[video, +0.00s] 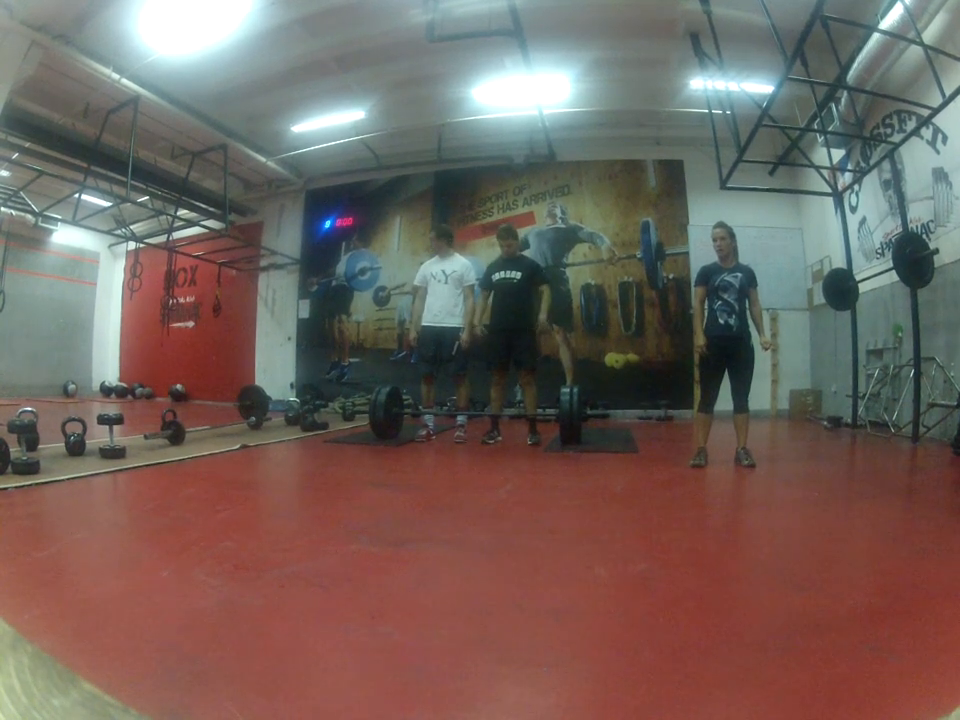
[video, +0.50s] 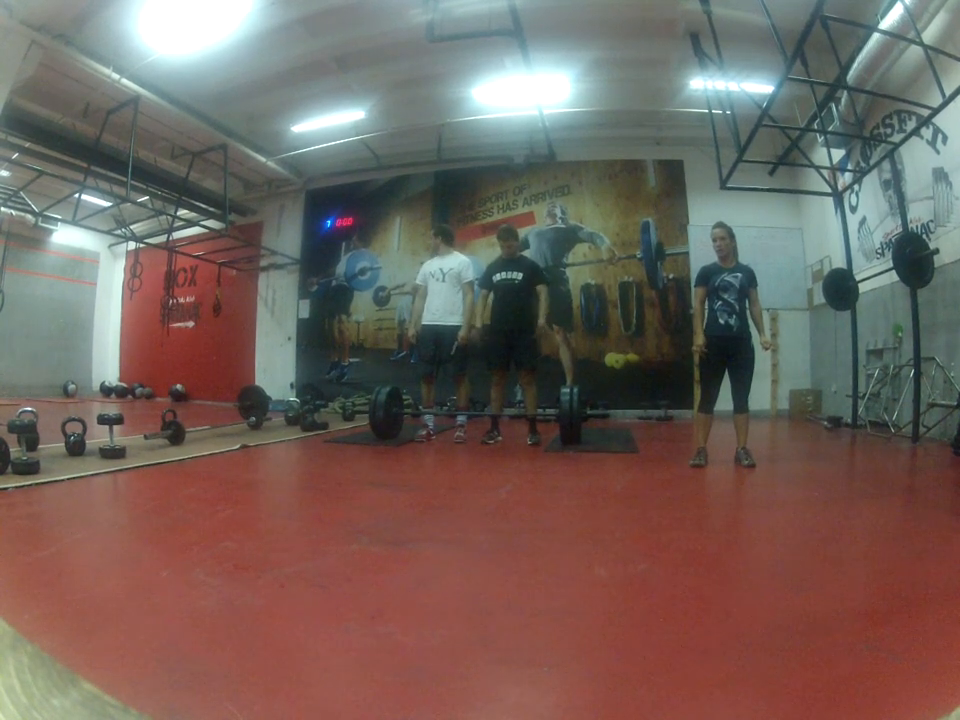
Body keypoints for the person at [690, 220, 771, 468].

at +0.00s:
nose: (718, 244)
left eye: (722, 239)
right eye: (715, 240)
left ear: (733, 242)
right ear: (712, 244)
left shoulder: (746, 272)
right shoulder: (706, 272)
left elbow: (754, 305)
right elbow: (698, 305)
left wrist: (762, 334)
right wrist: (698, 335)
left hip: (740, 343)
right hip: (712, 343)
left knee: (741, 400)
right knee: (707, 400)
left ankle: (742, 449)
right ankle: (700, 450)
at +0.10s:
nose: (718, 244)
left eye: (722, 239)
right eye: (715, 240)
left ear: (733, 241)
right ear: (711, 244)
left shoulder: (746, 272)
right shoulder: (706, 272)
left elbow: (754, 305)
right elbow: (698, 306)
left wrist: (762, 334)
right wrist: (698, 335)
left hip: (740, 343)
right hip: (712, 342)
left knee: (741, 400)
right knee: (707, 399)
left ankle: (742, 449)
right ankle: (700, 449)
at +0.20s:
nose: (718, 244)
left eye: (722, 239)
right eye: (715, 240)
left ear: (733, 241)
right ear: (711, 244)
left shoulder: (746, 272)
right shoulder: (706, 272)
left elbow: (754, 305)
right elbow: (698, 306)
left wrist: (762, 334)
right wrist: (698, 335)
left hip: (741, 343)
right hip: (713, 342)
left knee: (741, 400)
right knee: (707, 399)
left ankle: (742, 449)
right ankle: (700, 449)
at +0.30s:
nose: (718, 244)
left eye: (722, 239)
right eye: (715, 240)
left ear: (733, 241)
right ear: (711, 244)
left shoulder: (746, 272)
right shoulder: (706, 272)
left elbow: (754, 305)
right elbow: (698, 305)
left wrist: (762, 334)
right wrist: (698, 335)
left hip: (741, 343)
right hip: (713, 342)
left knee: (741, 400)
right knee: (707, 399)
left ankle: (742, 449)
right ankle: (700, 449)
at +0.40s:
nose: (718, 244)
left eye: (722, 239)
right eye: (715, 240)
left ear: (733, 241)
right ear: (711, 244)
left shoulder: (746, 272)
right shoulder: (706, 272)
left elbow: (754, 305)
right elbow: (698, 305)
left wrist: (762, 334)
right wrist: (698, 335)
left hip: (741, 343)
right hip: (713, 342)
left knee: (741, 400)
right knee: (707, 399)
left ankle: (742, 449)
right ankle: (700, 449)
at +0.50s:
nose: (718, 244)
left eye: (722, 239)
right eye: (715, 240)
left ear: (733, 241)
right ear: (711, 244)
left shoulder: (746, 272)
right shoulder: (706, 272)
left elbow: (754, 305)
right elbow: (698, 305)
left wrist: (762, 334)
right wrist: (698, 335)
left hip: (741, 343)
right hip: (713, 342)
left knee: (741, 400)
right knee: (707, 399)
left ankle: (742, 449)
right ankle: (700, 449)